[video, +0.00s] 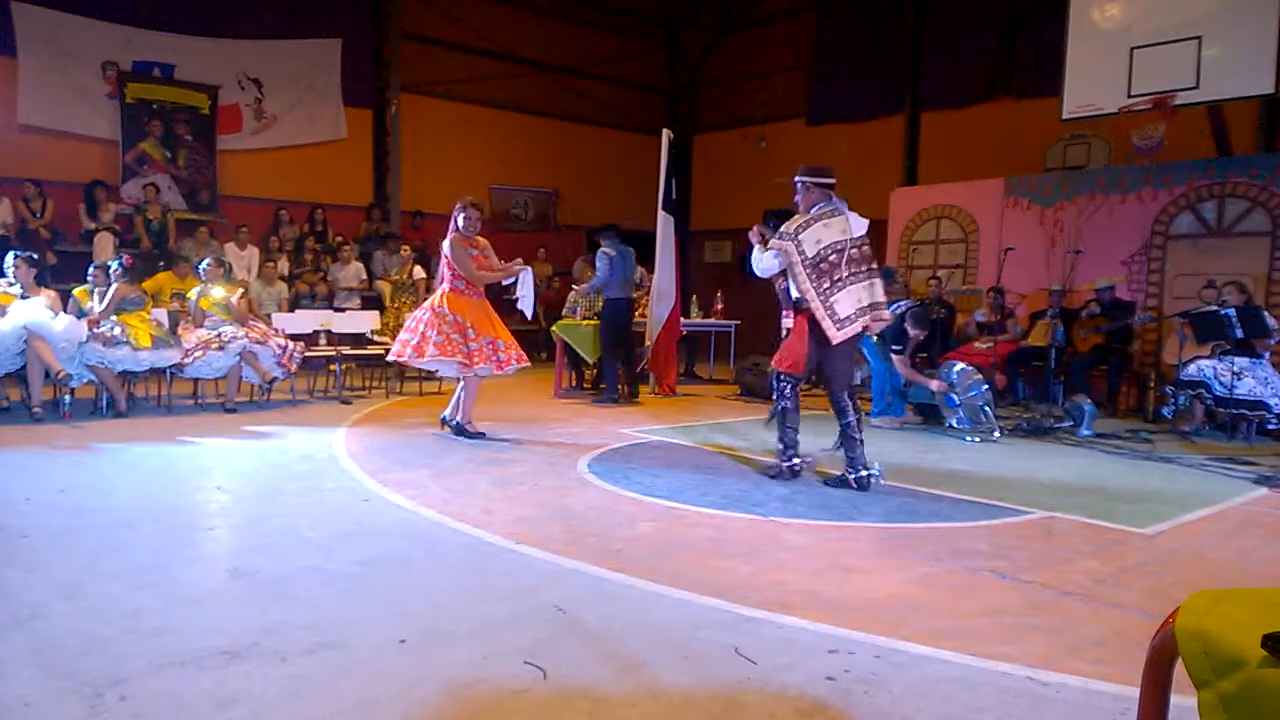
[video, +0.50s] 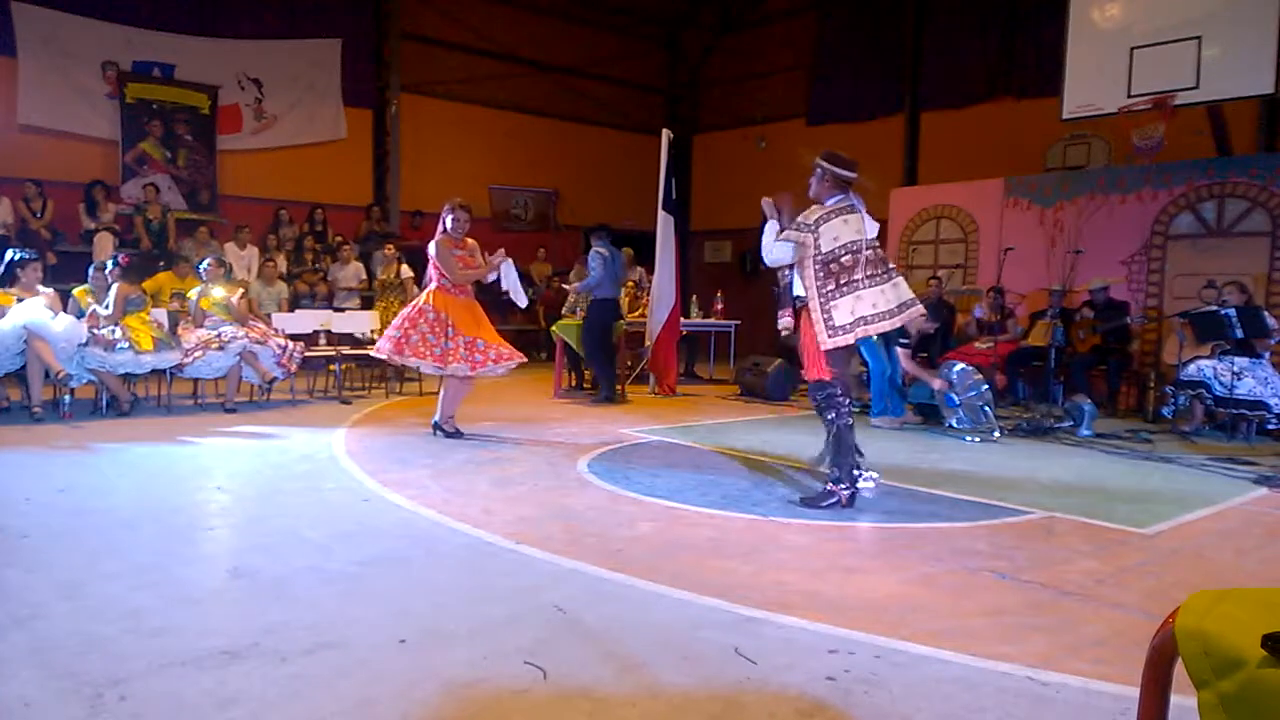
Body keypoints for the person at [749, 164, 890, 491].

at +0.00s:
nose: (796, 198)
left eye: (799, 191)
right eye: (797, 191)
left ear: (812, 192)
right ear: (829, 192)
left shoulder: (799, 228)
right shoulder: (855, 222)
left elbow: (763, 266)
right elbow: (867, 272)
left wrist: (757, 245)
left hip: (811, 320)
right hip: (847, 318)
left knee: (785, 379)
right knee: (841, 391)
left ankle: (789, 460)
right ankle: (858, 469)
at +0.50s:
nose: (809, 183)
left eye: (814, 177)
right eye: (812, 176)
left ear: (826, 181)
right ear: (843, 184)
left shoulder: (812, 222)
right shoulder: (859, 217)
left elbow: (772, 255)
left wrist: (771, 220)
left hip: (818, 316)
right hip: (844, 314)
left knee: (827, 394)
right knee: (833, 391)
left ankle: (841, 482)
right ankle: (848, 464)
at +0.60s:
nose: (811, 176)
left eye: (817, 172)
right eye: (814, 171)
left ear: (828, 180)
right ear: (842, 183)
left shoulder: (823, 219)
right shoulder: (850, 210)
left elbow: (771, 250)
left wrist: (758, 221)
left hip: (825, 316)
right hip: (836, 311)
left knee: (831, 392)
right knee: (802, 391)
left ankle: (843, 483)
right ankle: (837, 462)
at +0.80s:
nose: (803, 175)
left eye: (809, 171)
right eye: (807, 169)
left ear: (820, 179)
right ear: (833, 182)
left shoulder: (822, 217)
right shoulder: (831, 210)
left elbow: (776, 239)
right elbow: (789, 240)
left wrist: (733, 222)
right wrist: (760, 218)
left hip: (815, 312)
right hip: (811, 310)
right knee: (771, 387)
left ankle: (841, 486)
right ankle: (789, 475)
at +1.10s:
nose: (777, 178)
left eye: (783, 173)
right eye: (780, 172)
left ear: (797, 181)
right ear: (800, 180)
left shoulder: (805, 216)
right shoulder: (780, 212)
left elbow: (761, 243)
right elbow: (742, 252)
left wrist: (724, 209)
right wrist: (734, 211)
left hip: (792, 319)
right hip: (763, 320)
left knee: (810, 401)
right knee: (745, 397)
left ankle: (838, 482)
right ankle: (739, 480)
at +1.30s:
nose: (755, 176)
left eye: (761, 171)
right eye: (759, 169)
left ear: (774, 178)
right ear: (781, 179)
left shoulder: (788, 213)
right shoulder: (760, 211)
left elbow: (743, 238)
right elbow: (720, 246)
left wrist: (708, 203)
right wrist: (700, 221)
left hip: (764, 315)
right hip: (735, 314)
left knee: (753, 394)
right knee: (732, 398)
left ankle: (806, 463)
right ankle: (737, 480)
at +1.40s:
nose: (747, 174)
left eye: (753, 170)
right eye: (750, 168)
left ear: (767, 177)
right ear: (771, 178)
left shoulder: (784, 213)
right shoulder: (749, 211)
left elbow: (737, 222)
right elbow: (713, 234)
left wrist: (688, 207)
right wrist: (682, 215)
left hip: (757, 314)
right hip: (728, 313)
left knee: (741, 392)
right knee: (725, 397)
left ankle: (770, 475)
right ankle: (734, 480)